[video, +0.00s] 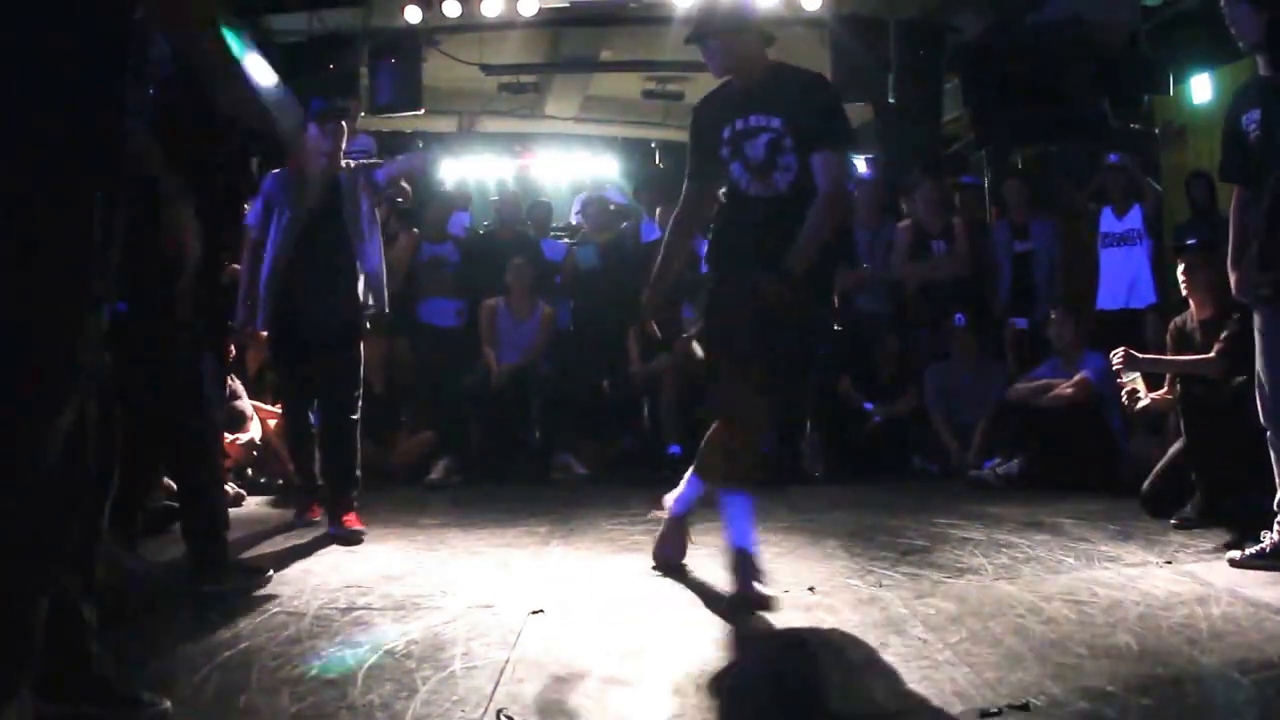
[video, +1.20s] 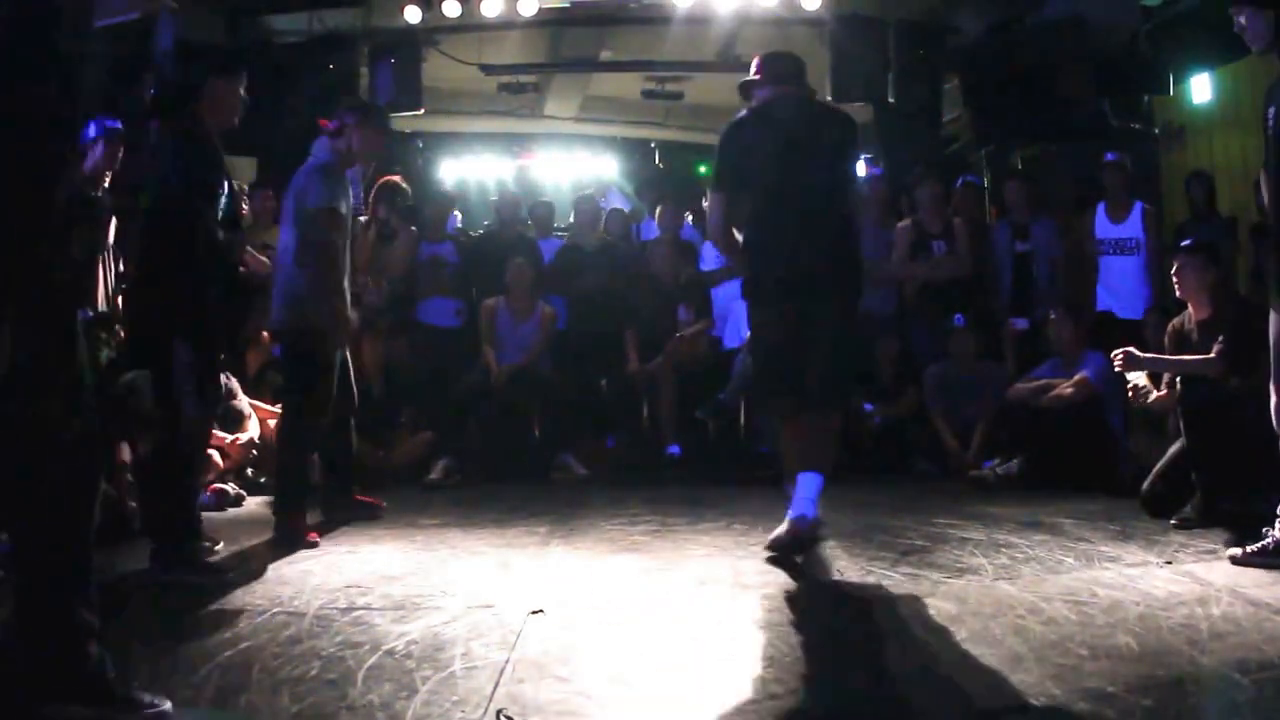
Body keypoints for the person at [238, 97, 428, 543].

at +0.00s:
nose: (331, 145)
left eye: (338, 138)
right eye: (324, 136)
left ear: (346, 142)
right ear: (306, 137)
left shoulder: (360, 185)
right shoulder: (278, 186)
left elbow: (408, 164)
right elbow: (254, 252)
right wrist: (249, 316)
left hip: (343, 317)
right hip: (291, 317)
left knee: (344, 411)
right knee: (296, 409)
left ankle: (345, 505)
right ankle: (308, 496)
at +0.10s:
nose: (336, 131)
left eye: (342, 124)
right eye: (327, 123)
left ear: (349, 131)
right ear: (307, 132)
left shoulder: (364, 174)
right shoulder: (286, 178)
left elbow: (409, 146)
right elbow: (261, 247)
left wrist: (449, 115)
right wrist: (251, 310)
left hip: (343, 313)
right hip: (291, 312)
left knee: (341, 413)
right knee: (296, 413)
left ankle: (342, 509)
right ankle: (308, 496)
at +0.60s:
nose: (339, 125)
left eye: (344, 116)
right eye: (330, 115)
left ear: (349, 121)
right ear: (307, 117)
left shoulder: (360, 164)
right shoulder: (275, 172)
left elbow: (413, 171)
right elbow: (251, 240)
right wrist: (253, 305)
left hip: (347, 308)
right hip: (293, 308)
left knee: (344, 415)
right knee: (292, 415)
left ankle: (341, 510)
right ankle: (290, 512)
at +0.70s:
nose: (340, 118)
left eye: (340, 110)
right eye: (329, 109)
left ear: (341, 116)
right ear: (300, 117)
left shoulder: (359, 167)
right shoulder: (271, 177)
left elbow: (403, 206)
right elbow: (255, 251)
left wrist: (447, 257)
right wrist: (262, 313)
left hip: (347, 314)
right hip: (291, 314)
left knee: (345, 418)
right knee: (289, 421)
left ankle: (342, 511)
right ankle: (290, 512)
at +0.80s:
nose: (344, 117)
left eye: (341, 110)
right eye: (333, 111)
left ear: (332, 120)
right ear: (304, 121)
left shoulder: (355, 171)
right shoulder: (271, 181)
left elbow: (379, 232)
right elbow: (257, 253)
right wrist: (261, 319)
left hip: (343, 317)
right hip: (290, 320)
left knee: (352, 413)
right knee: (288, 421)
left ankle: (342, 506)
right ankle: (291, 512)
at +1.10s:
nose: (370, 140)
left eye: (372, 130)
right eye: (363, 129)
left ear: (345, 129)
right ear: (337, 126)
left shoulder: (336, 177)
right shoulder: (305, 178)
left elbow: (336, 254)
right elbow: (298, 258)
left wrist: (344, 313)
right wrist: (309, 324)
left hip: (334, 319)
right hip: (300, 323)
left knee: (352, 405)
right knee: (296, 420)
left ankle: (342, 495)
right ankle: (291, 514)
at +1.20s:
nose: (373, 150)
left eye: (376, 142)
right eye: (369, 140)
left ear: (355, 135)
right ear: (348, 130)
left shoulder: (336, 176)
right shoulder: (321, 176)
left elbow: (334, 253)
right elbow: (322, 256)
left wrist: (343, 311)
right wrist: (340, 315)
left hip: (327, 316)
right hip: (306, 317)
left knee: (340, 409)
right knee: (303, 415)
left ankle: (341, 496)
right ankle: (290, 517)